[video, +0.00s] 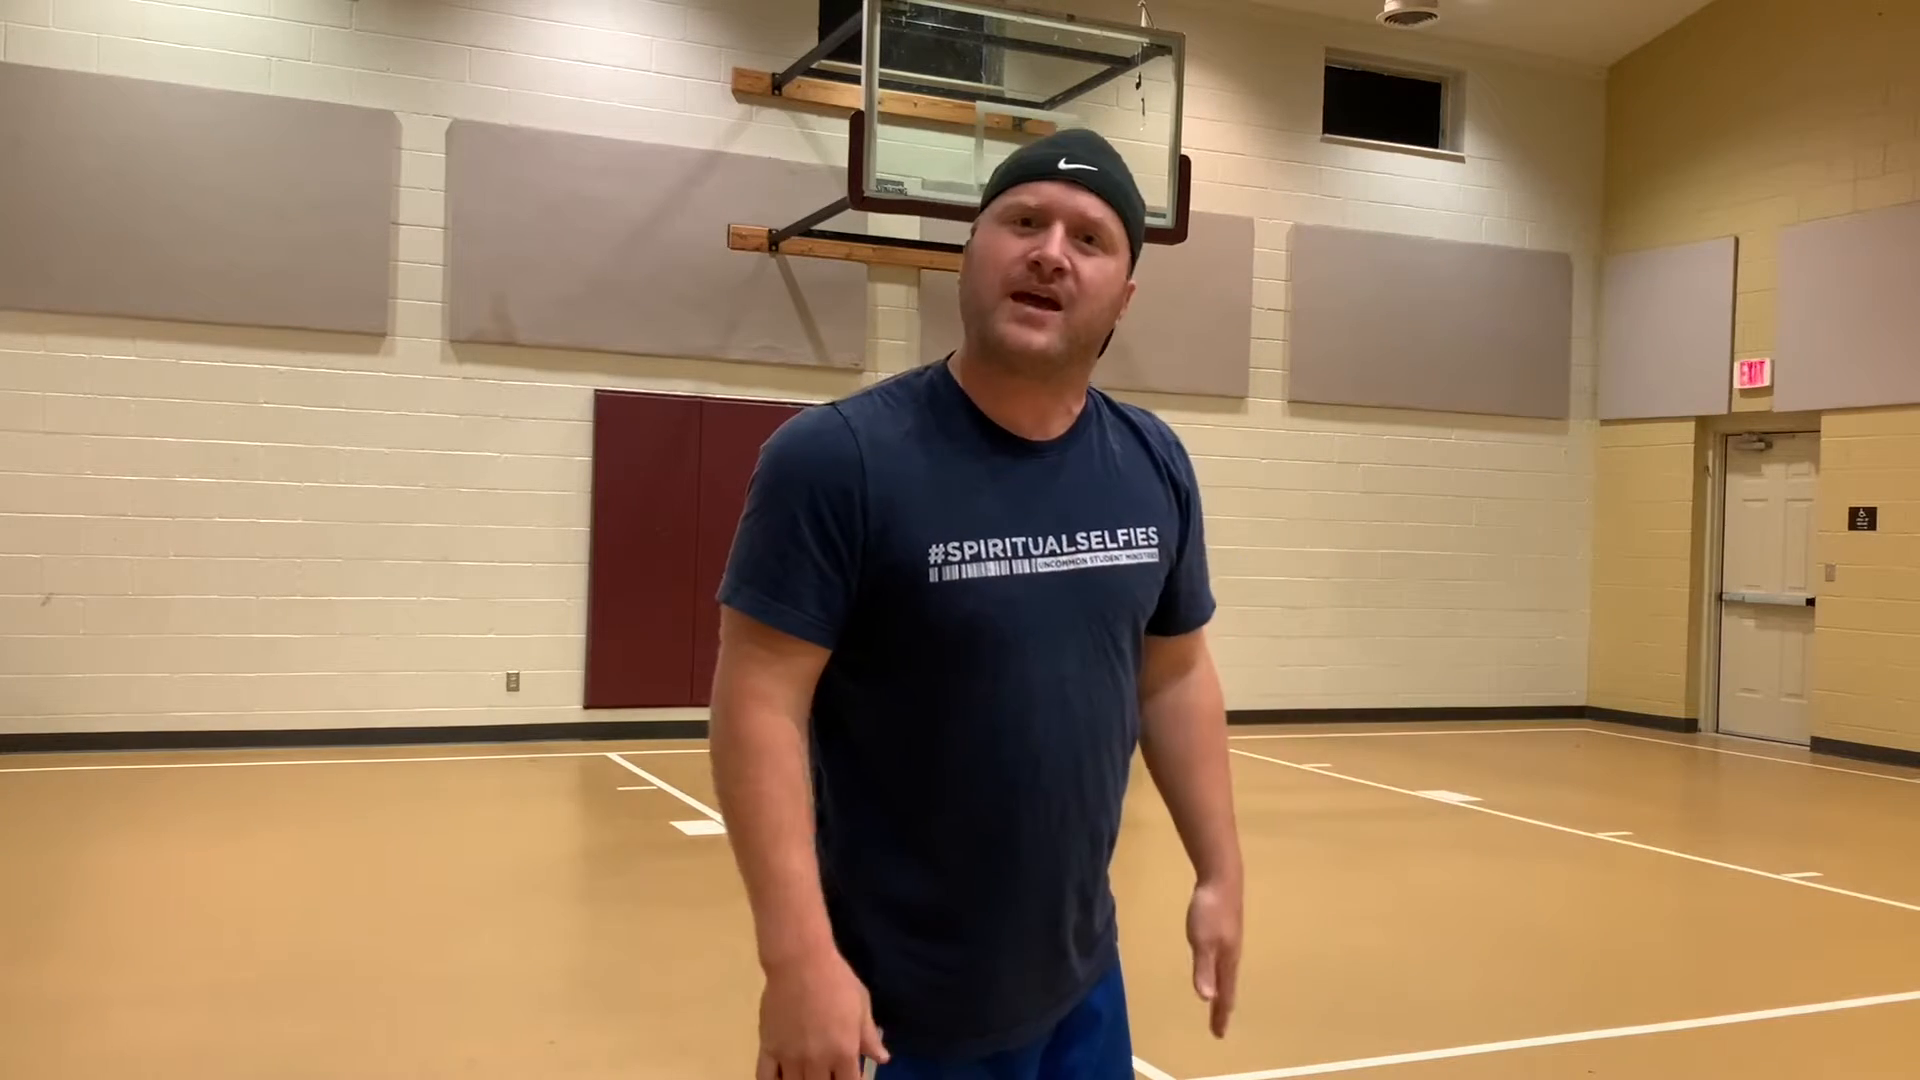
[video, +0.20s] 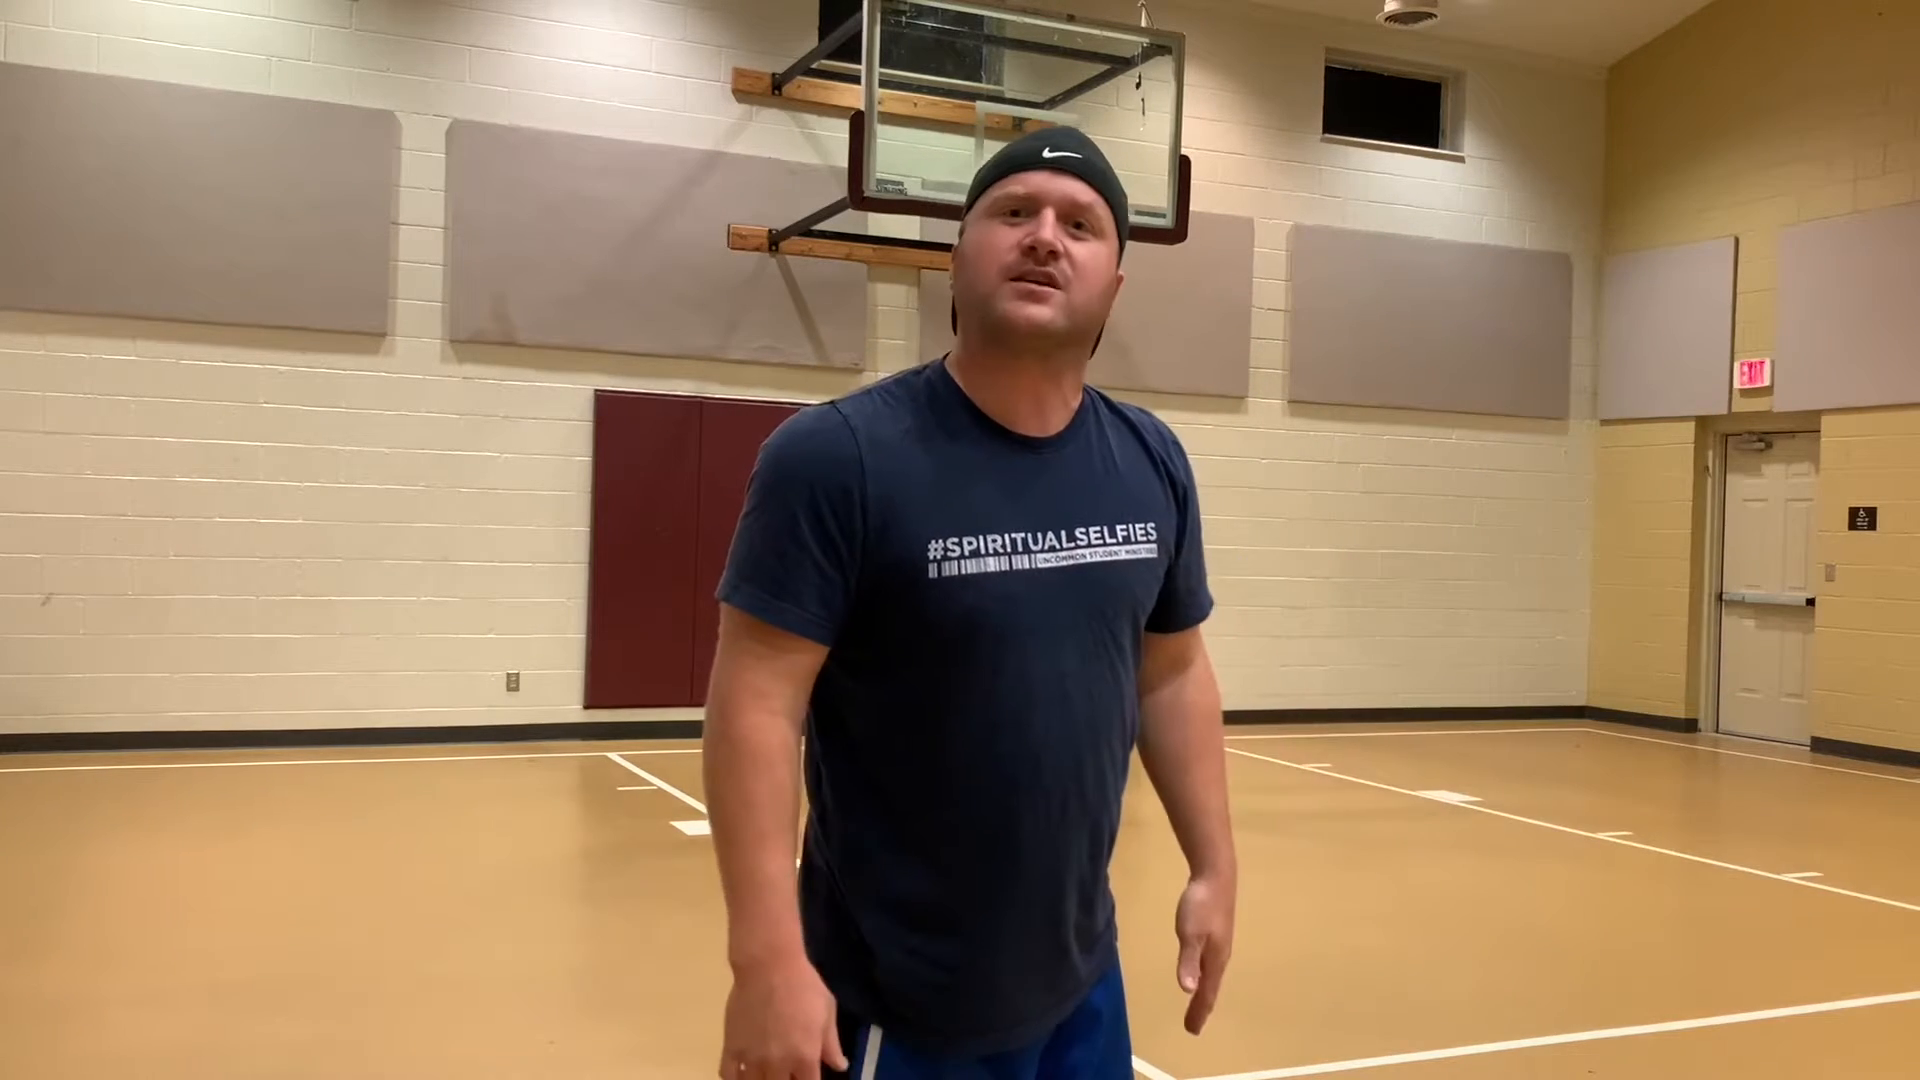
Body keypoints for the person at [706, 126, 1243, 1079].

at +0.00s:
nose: (1051, 253)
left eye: (1089, 240)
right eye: (1023, 223)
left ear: (1123, 296)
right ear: (967, 256)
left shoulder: (1149, 467)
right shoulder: (835, 460)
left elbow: (1176, 675)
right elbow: (756, 704)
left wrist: (1220, 870)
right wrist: (797, 963)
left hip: (1074, 983)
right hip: (886, 1005)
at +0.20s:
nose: (1045, 235)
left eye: (1081, 224)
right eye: (1013, 212)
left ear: (1114, 285)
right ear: (955, 260)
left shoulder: (1148, 463)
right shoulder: (835, 457)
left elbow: (1173, 672)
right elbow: (753, 701)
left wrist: (1214, 866)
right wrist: (766, 964)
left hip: (1076, 977)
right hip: (887, 1001)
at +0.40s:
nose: (1030, 228)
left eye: (1067, 216)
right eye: (999, 206)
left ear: (1104, 277)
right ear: (943, 253)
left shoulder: (1140, 456)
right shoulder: (828, 454)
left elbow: (1169, 665)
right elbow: (746, 698)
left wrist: (1215, 852)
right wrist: (748, 960)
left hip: (1078, 974)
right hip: (891, 996)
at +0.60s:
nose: (1023, 263)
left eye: (1060, 242)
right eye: (994, 231)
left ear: (1102, 283)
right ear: (940, 258)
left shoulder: (1132, 459)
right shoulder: (821, 463)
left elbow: (1164, 665)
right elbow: (742, 708)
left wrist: (1210, 849)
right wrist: (752, 969)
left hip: (1074, 978)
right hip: (886, 1002)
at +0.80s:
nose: (1019, 263)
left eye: (1055, 242)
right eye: (988, 234)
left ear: (1097, 285)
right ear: (934, 264)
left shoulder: (1130, 461)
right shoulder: (817, 472)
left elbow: (1159, 669)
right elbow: (742, 722)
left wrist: (1202, 853)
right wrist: (762, 981)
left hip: (1067, 979)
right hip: (878, 1005)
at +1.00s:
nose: (1016, 246)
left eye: (1050, 227)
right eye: (981, 222)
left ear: (1090, 278)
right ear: (926, 268)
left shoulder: (1126, 458)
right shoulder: (816, 473)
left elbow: (1158, 664)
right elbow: (739, 724)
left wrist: (1207, 850)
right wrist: (754, 986)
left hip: (1066, 981)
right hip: (878, 1008)